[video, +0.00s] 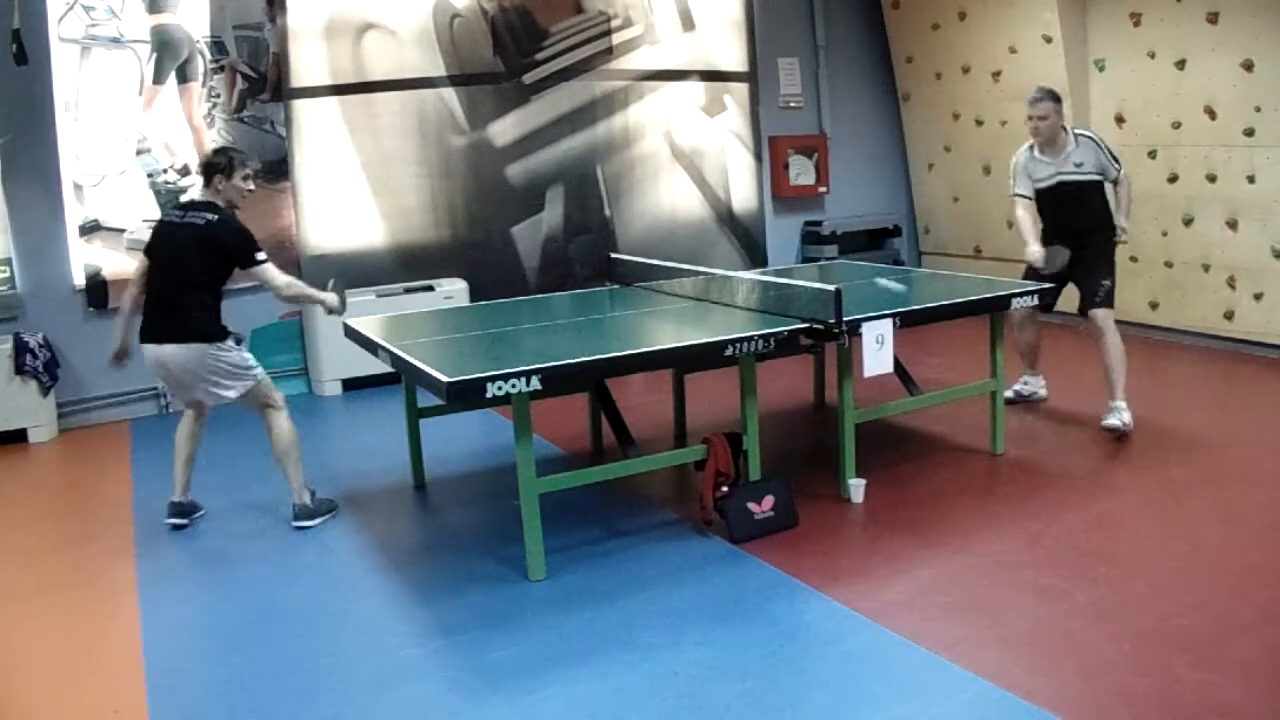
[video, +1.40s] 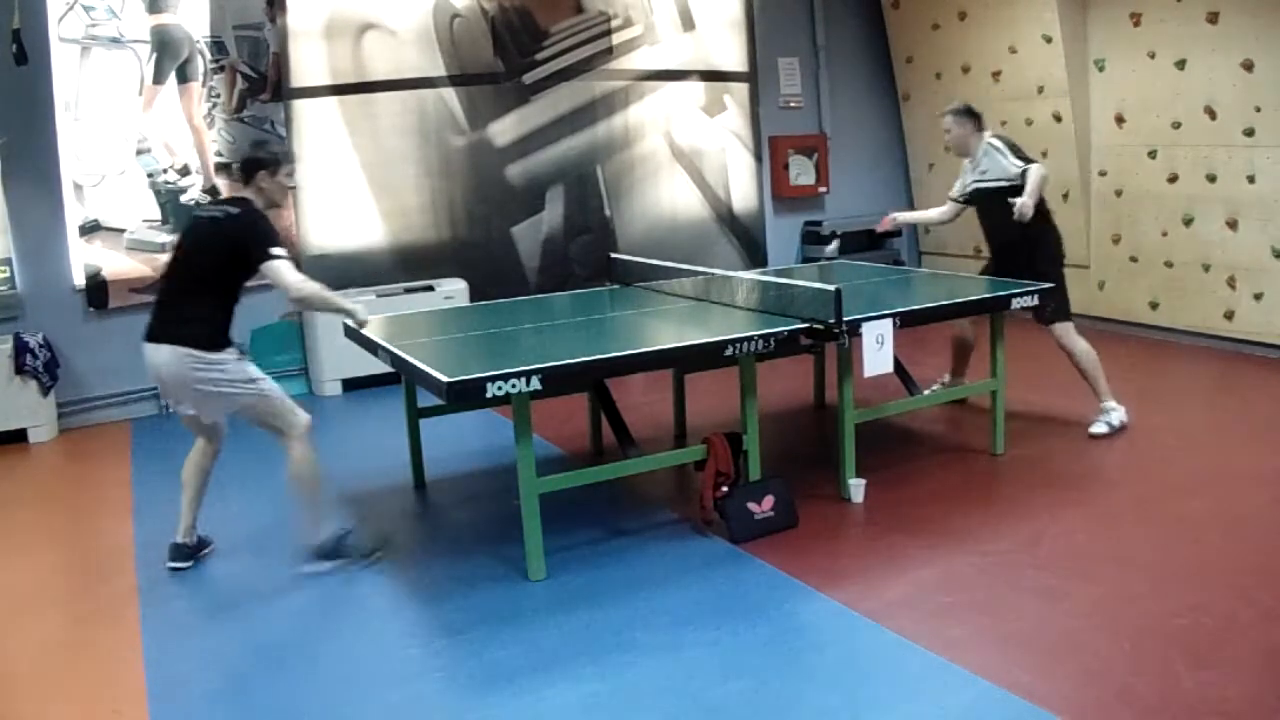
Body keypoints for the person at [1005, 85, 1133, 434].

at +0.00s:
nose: (1034, 125)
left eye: (1042, 118)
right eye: (1030, 118)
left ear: (1061, 118)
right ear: (1026, 120)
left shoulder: (1089, 144)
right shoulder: (1024, 160)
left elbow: (1120, 178)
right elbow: (1023, 206)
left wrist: (1122, 218)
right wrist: (1032, 244)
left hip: (1095, 246)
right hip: (1053, 248)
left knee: (1100, 316)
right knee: (1021, 313)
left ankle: (1118, 405)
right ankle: (1032, 380)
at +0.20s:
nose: (1069, 147)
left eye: (1077, 140)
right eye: (1064, 140)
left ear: (1093, 139)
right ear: (1058, 140)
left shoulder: (1114, 166)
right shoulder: (1054, 179)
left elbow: (1136, 196)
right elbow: (1050, 218)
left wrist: (1156, 232)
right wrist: (1051, 253)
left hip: (1111, 258)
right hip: (1069, 259)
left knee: (1112, 325)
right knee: (1021, 323)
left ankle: (1120, 420)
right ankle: (1034, 383)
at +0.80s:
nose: (1054, 117)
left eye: (1062, 112)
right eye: (1052, 111)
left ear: (1086, 114)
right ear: (1052, 113)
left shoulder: (1115, 155)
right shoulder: (1039, 152)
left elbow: (1146, 198)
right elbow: (1022, 192)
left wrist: (1163, 246)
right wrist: (1025, 224)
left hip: (1103, 254)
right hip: (1060, 250)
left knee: (1106, 332)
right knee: (1032, 317)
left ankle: (1119, 420)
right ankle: (1025, 381)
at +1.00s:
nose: (1023, 106)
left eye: (1030, 98)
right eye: (1021, 99)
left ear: (1054, 101)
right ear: (1024, 102)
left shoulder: (1083, 140)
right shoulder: (1021, 139)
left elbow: (1113, 186)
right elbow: (1008, 179)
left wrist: (1119, 231)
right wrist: (992, 208)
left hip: (1081, 250)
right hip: (1039, 248)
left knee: (1092, 326)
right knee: (1021, 319)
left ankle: (1116, 413)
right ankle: (1024, 385)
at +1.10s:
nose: (1009, 107)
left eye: (1015, 99)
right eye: (1007, 100)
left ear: (1039, 100)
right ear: (1014, 103)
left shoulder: (1071, 136)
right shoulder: (1014, 140)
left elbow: (1100, 183)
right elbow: (1010, 185)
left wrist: (1089, 224)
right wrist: (977, 211)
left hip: (1072, 249)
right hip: (1032, 249)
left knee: (1083, 329)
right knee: (1014, 319)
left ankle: (1114, 407)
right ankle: (1023, 384)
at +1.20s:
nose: (992, 119)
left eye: (997, 111)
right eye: (991, 113)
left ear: (1020, 109)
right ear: (1005, 114)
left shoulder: (1048, 139)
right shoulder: (1008, 152)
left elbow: (1083, 181)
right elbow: (1002, 199)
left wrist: (1059, 219)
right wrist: (954, 215)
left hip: (1068, 250)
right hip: (1031, 249)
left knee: (1077, 333)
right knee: (994, 307)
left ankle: (1115, 408)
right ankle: (1004, 380)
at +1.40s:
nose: (945, 141)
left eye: (948, 132)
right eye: (944, 133)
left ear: (968, 129)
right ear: (962, 132)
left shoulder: (996, 147)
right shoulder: (971, 169)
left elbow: (1035, 169)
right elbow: (947, 213)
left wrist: (1029, 197)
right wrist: (900, 218)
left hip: (1039, 256)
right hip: (1005, 258)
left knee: (1063, 332)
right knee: (963, 316)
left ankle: (1111, 407)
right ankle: (955, 382)